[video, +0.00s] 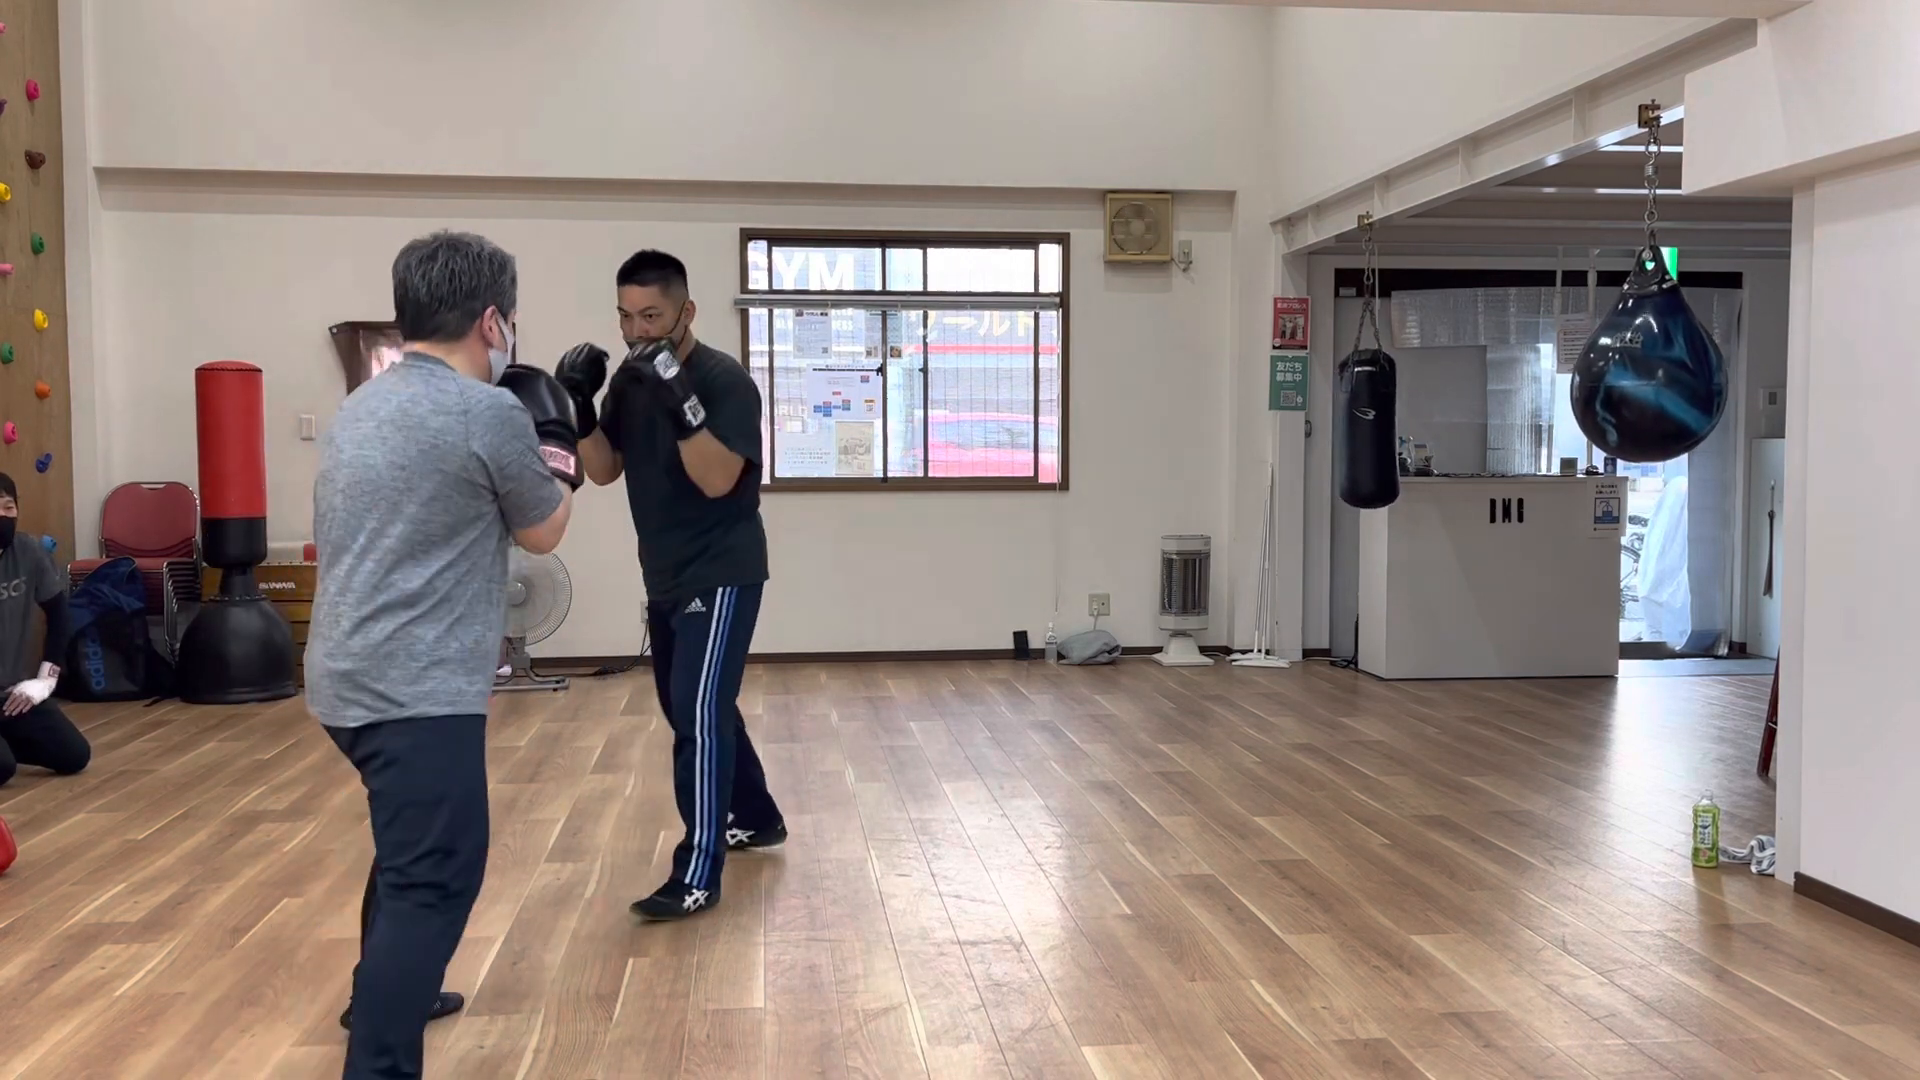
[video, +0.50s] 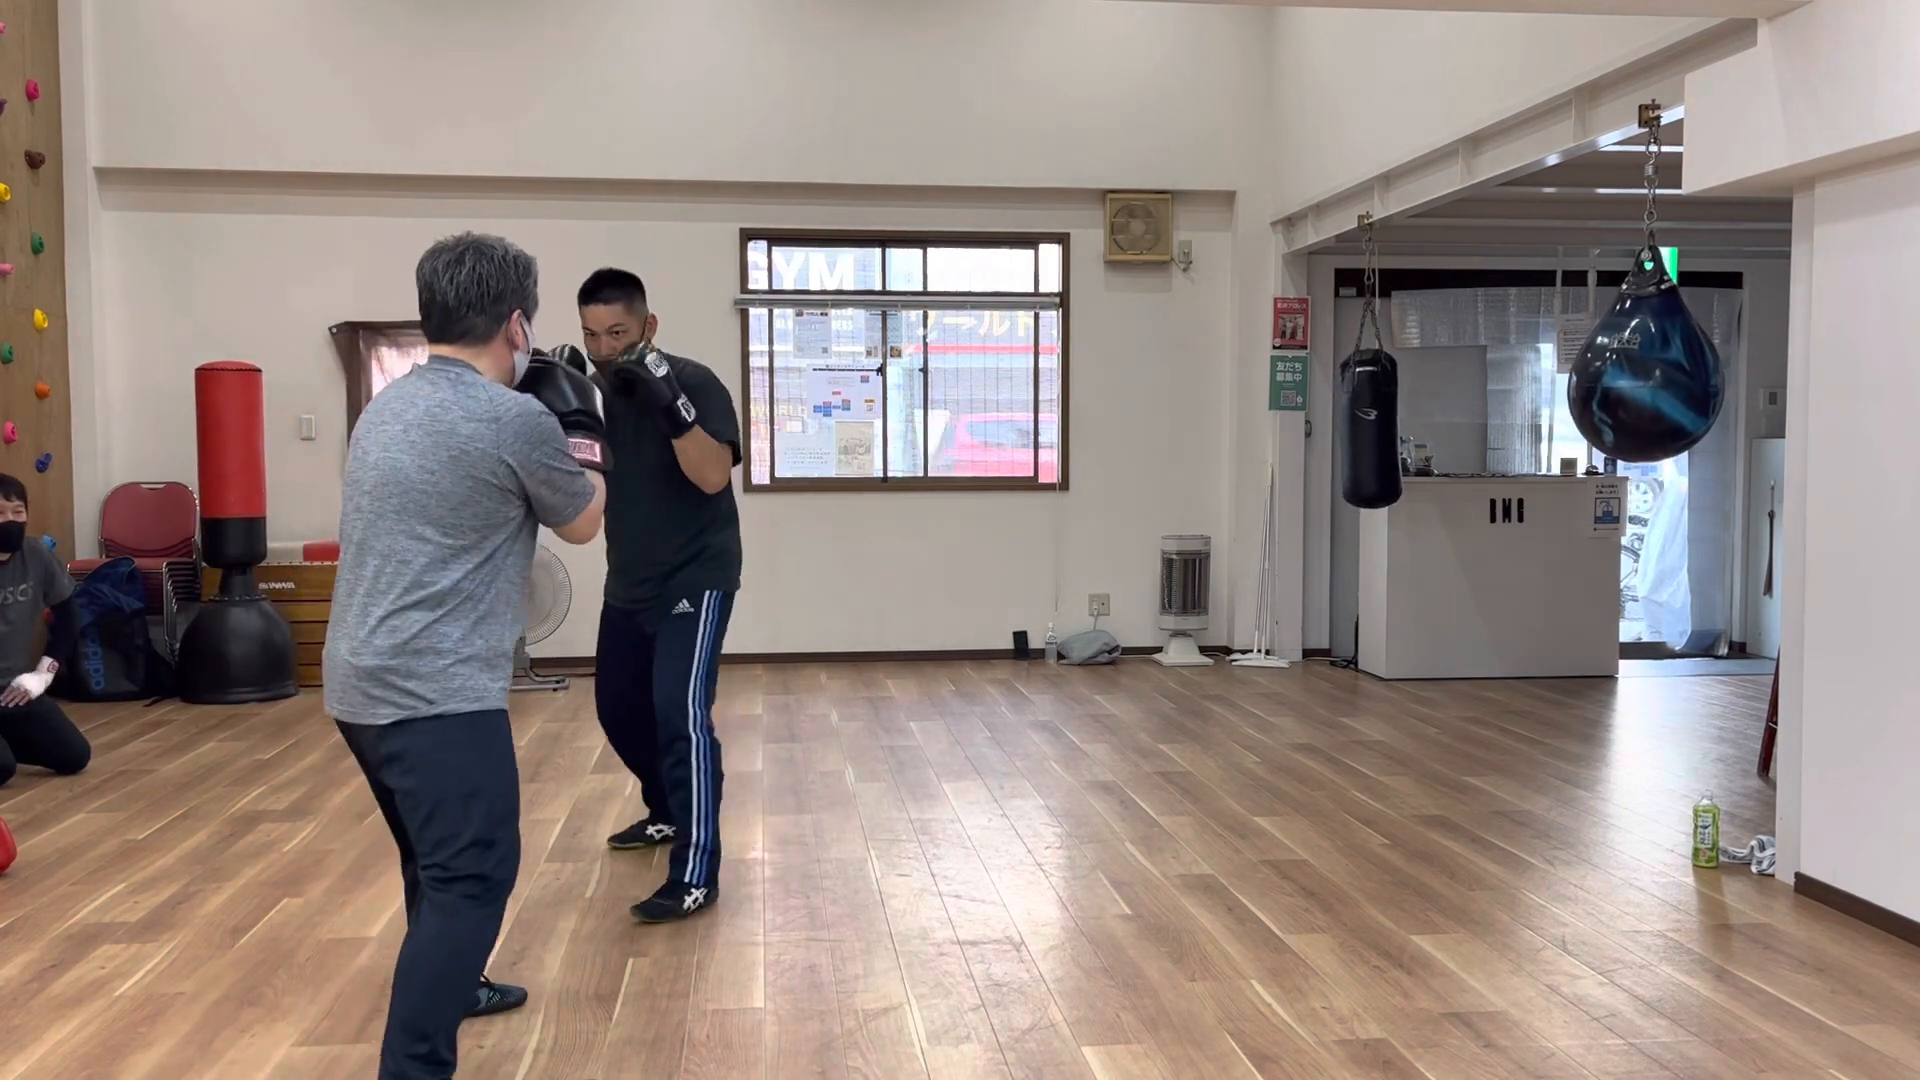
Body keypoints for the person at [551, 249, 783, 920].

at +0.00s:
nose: (637, 329)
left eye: (650, 314)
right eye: (627, 316)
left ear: (686, 312)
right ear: (619, 317)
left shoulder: (725, 382)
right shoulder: (632, 384)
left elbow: (718, 481)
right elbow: (601, 470)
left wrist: (678, 399)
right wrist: (580, 404)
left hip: (723, 571)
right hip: (667, 574)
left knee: (700, 712)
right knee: (690, 704)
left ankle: (696, 879)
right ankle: (756, 815)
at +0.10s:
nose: (627, 337)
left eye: (641, 323)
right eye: (618, 324)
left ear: (679, 318)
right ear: (610, 323)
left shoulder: (718, 385)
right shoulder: (623, 384)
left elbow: (704, 488)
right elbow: (599, 471)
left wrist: (661, 411)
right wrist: (562, 419)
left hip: (723, 573)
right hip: (665, 575)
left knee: (699, 714)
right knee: (650, 696)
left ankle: (697, 878)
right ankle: (739, 795)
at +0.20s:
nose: (617, 335)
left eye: (631, 321)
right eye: (607, 322)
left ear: (668, 316)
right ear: (599, 323)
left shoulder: (710, 379)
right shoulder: (615, 384)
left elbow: (705, 476)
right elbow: (595, 462)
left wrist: (661, 397)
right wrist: (572, 396)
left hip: (721, 571)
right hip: (661, 571)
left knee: (701, 716)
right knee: (645, 694)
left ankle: (700, 878)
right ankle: (695, 805)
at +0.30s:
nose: (610, 334)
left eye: (624, 320)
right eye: (600, 322)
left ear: (661, 315)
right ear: (593, 324)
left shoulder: (702, 373)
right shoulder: (608, 381)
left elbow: (708, 466)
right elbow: (578, 450)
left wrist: (659, 392)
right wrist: (559, 390)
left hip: (718, 572)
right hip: (656, 571)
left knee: (709, 721)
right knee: (648, 698)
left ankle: (701, 880)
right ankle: (674, 812)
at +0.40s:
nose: (607, 338)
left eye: (619, 324)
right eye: (596, 327)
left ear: (654, 318)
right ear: (587, 328)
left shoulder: (694, 374)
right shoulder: (601, 388)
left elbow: (715, 464)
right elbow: (578, 473)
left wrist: (656, 393)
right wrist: (555, 397)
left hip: (708, 571)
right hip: (643, 572)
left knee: (701, 721)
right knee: (636, 704)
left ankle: (700, 879)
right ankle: (670, 813)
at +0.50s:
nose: (605, 345)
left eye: (617, 331)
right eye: (594, 334)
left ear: (650, 324)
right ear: (584, 334)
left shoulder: (693, 383)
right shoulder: (593, 391)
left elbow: (712, 476)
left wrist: (668, 398)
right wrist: (553, 397)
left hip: (696, 573)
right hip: (631, 577)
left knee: (680, 717)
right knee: (620, 707)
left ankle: (696, 880)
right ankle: (670, 812)